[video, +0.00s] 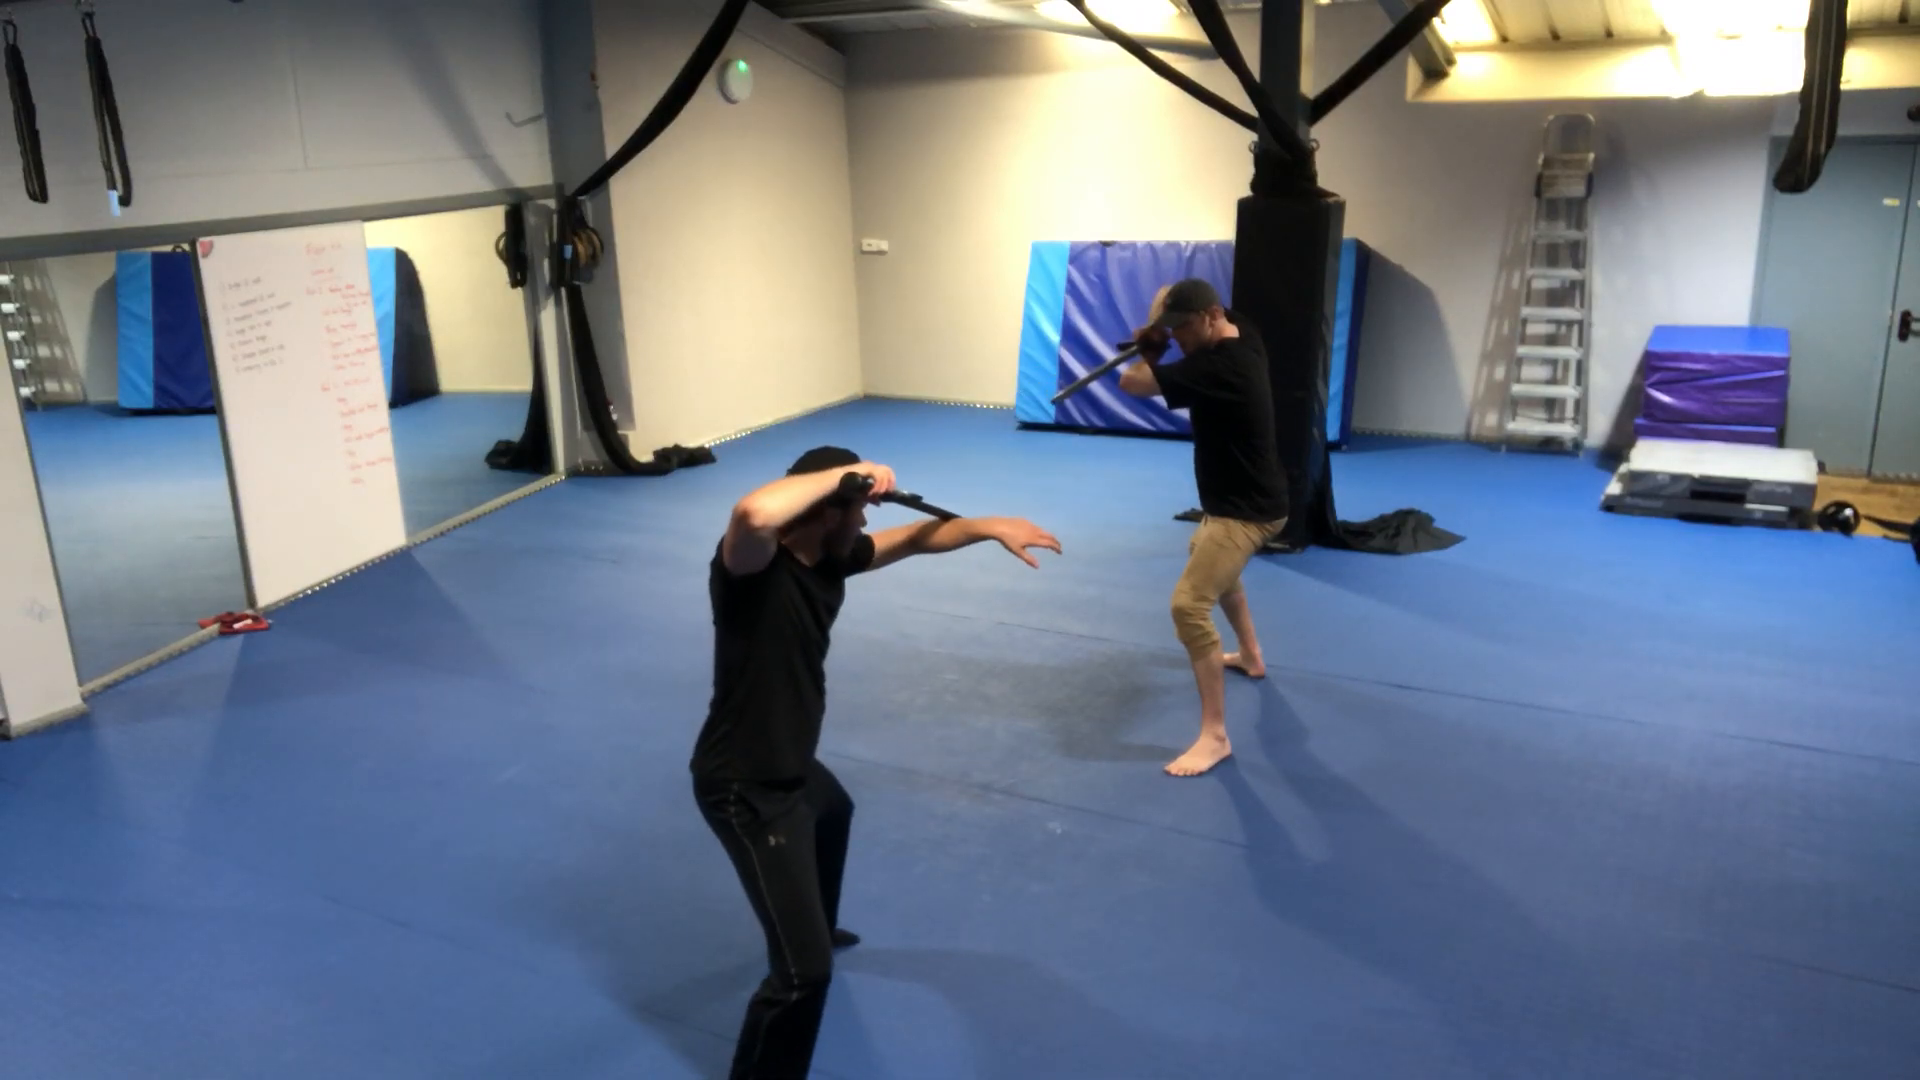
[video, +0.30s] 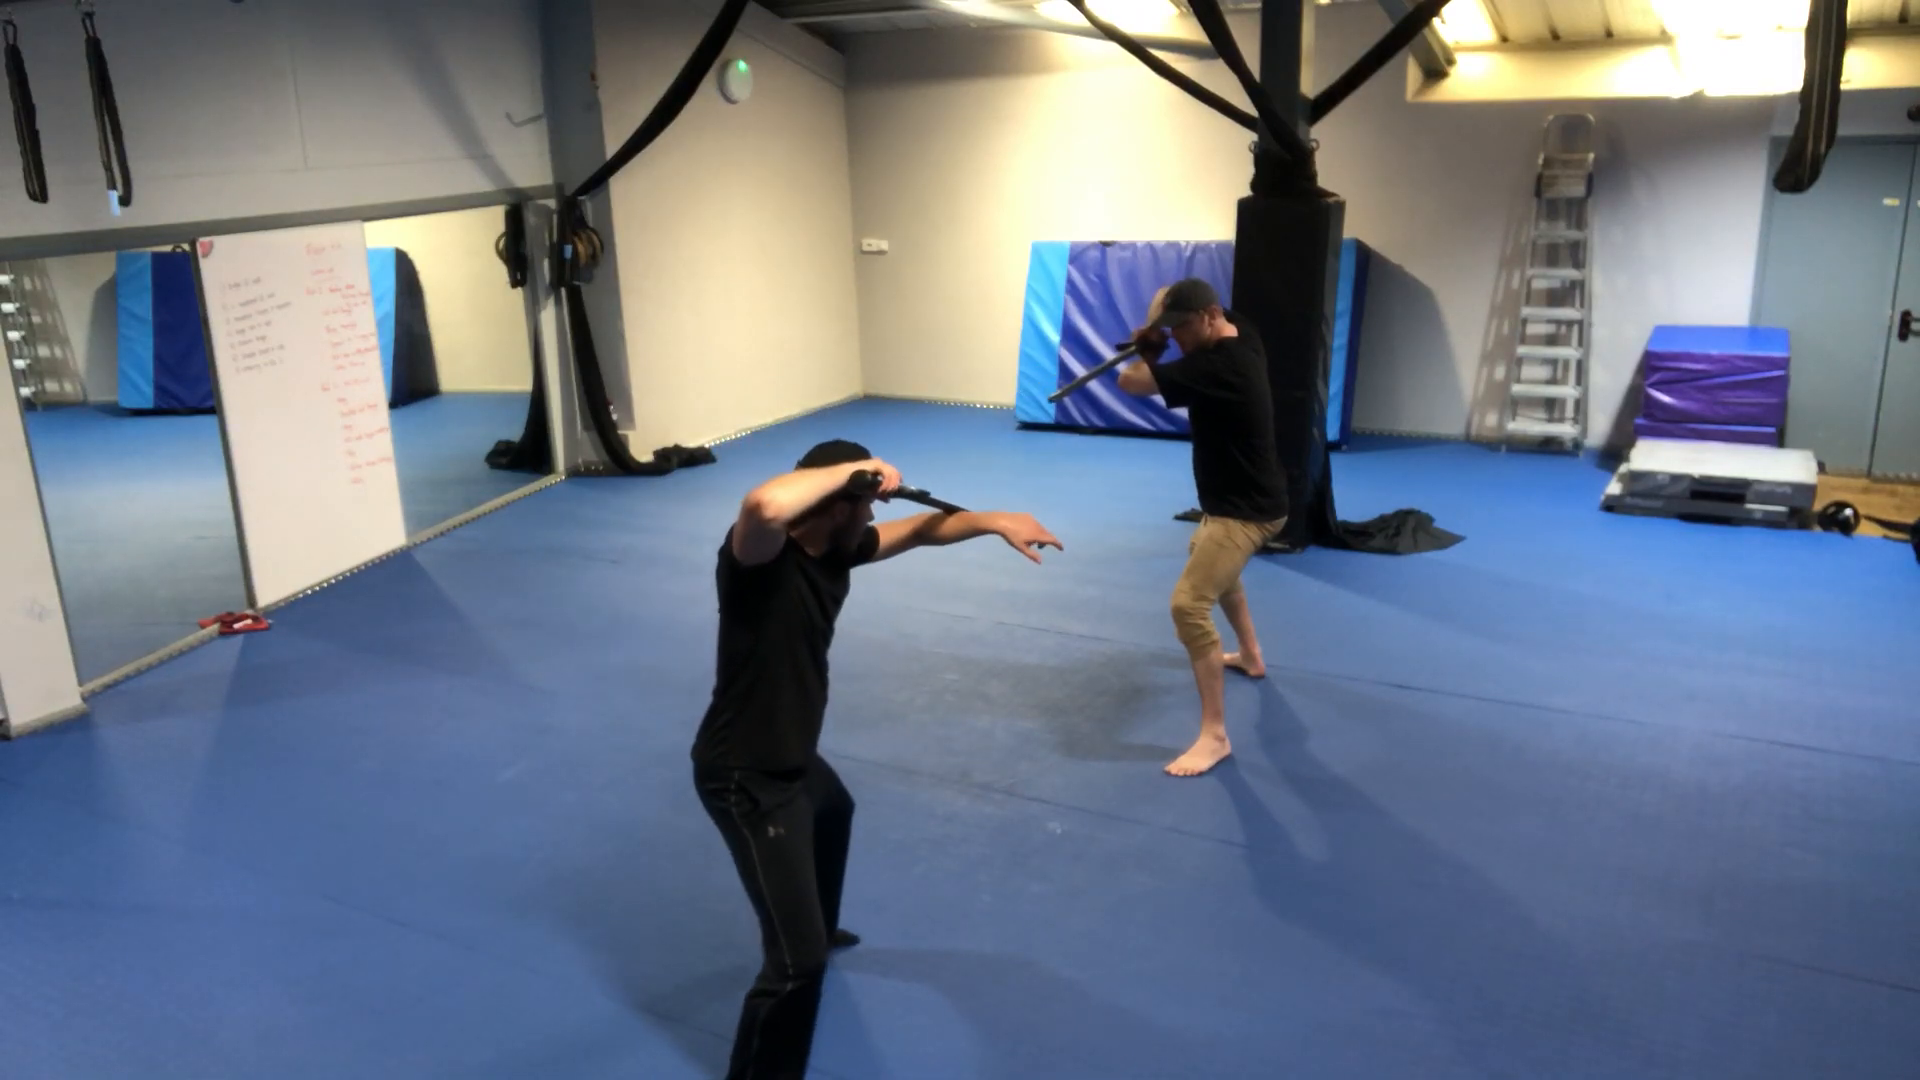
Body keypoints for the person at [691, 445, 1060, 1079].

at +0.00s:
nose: (863, 522)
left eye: (863, 508)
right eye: (854, 509)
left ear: (836, 513)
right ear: (822, 511)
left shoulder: (831, 560)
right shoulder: (752, 566)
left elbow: (916, 537)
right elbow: (753, 512)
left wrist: (991, 525)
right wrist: (842, 478)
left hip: (789, 765)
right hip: (742, 783)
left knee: (833, 812)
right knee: (804, 968)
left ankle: (813, 929)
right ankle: (758, 1076)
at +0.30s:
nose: (870, 519)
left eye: (870, 506)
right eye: (862, 506)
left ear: (839, 510)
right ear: (828, 505)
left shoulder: (837, 553)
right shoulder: (758, 558)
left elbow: (920, 529)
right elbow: (762, 505)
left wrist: (995, 520)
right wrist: (849, 473)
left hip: (792, 757)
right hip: (743, 774)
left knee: (833, 811)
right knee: (797, 960)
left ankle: (815, 929)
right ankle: (757, 1075)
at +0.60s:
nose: (869, 517)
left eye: (869, 503)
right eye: (860, 502)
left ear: (838, 504)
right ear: (827, 499)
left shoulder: (835, 548)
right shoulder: (757, 552)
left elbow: (920, 522)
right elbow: (763, 498)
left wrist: (994, 513)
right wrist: (849, 467)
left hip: (793, 754)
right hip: (745, 768)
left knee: (835, 811)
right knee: (794, 955)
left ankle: (814, 928)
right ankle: (757, 1075)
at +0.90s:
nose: (870, 513)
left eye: (870, 499)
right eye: (861, 500)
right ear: (827, 498)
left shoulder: (831, 545)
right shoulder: (754, 551)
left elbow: (914, 520)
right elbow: (769, 499)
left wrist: (987, 507)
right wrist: (857, 470)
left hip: (791, 751)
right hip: (744, 764)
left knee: (833, 809)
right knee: (787, 952)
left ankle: (814, 930)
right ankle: (753, 1075)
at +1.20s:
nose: (867, 511)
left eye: (866, 497)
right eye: (858, 497)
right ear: (823, 497)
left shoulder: (831, 542)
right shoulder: (749, 547)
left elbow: (917, 513)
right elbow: (763, 488)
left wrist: (986, 502)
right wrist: (859, 465)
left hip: (794, 748)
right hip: (744, 762)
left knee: (835, 809)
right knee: (780, 949)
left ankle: (812, 930)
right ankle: (751, 1074)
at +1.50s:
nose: (860, 505)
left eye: (863, 493)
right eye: (853, 491)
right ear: (818, 486)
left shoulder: (831, 536)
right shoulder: (746, 540)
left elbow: (915, 512)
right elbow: (759, 488)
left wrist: (989, 509)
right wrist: (853, 469)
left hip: (795, 749)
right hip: (746, 758)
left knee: (829, 818)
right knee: (780, 949)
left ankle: (810, 933)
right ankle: (752, 1073)